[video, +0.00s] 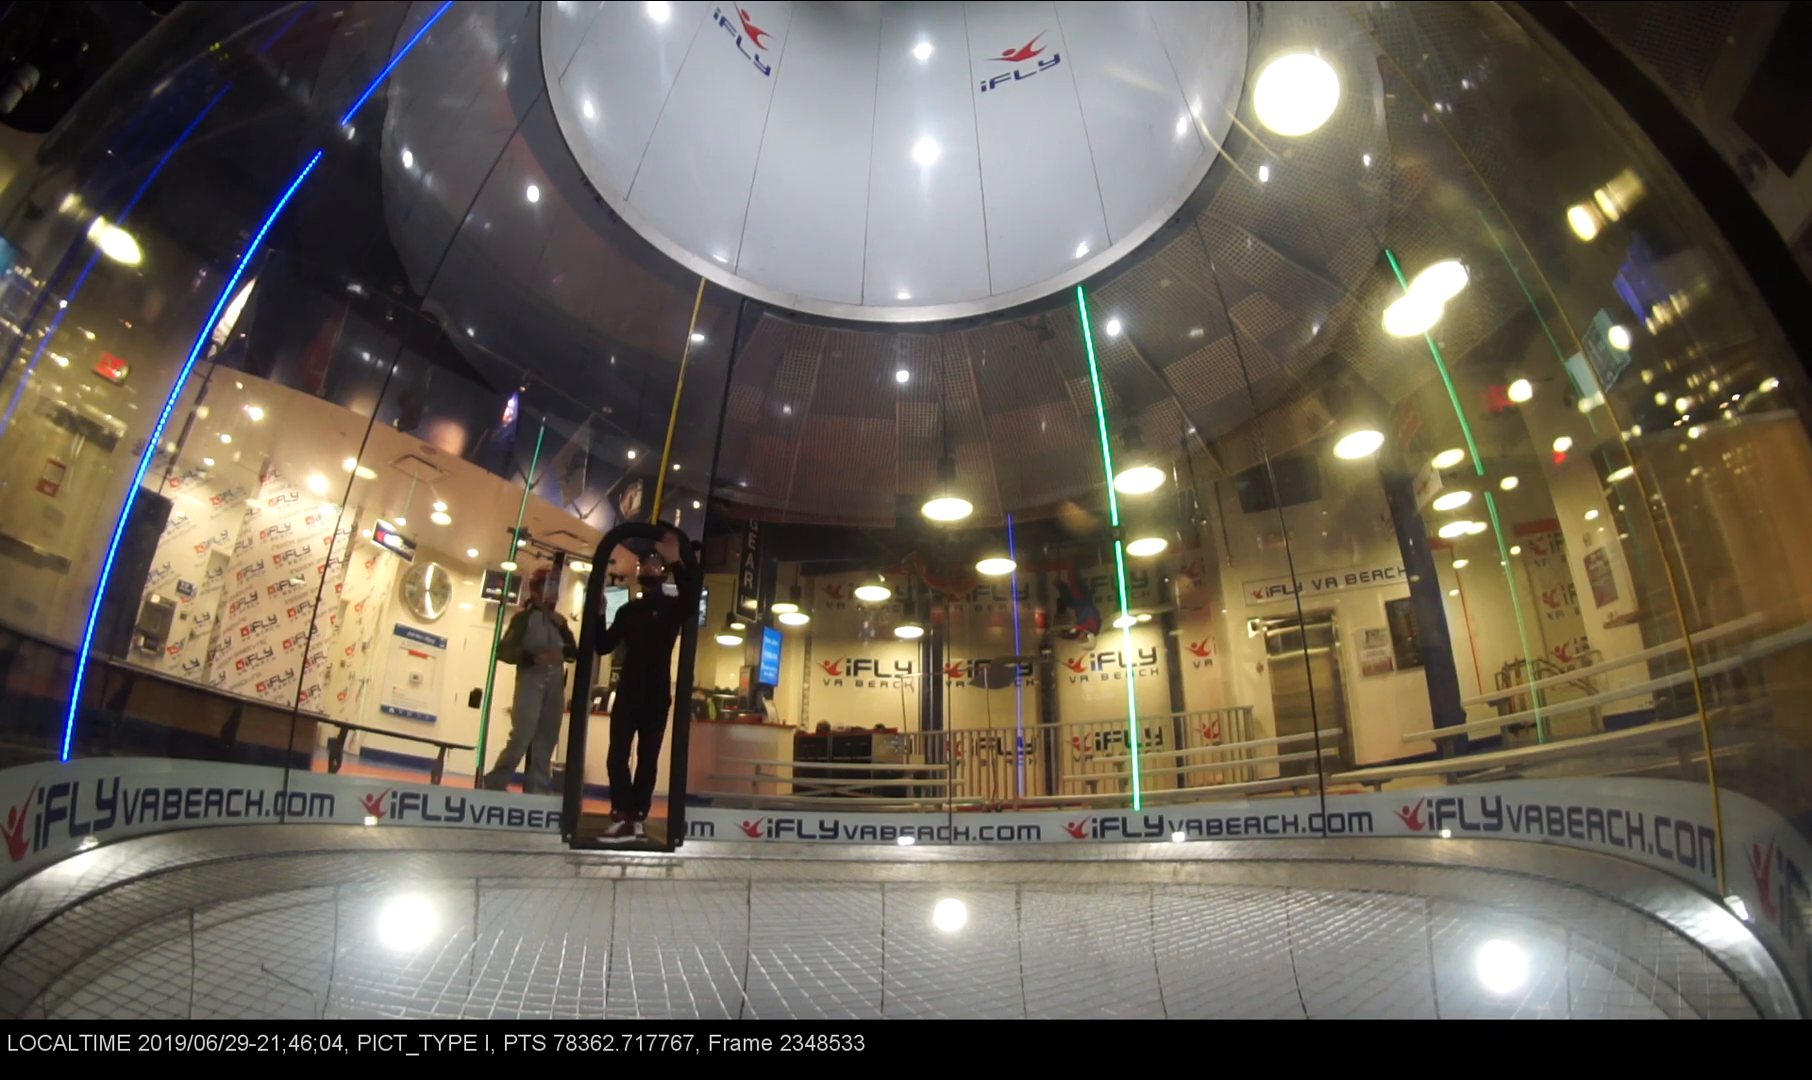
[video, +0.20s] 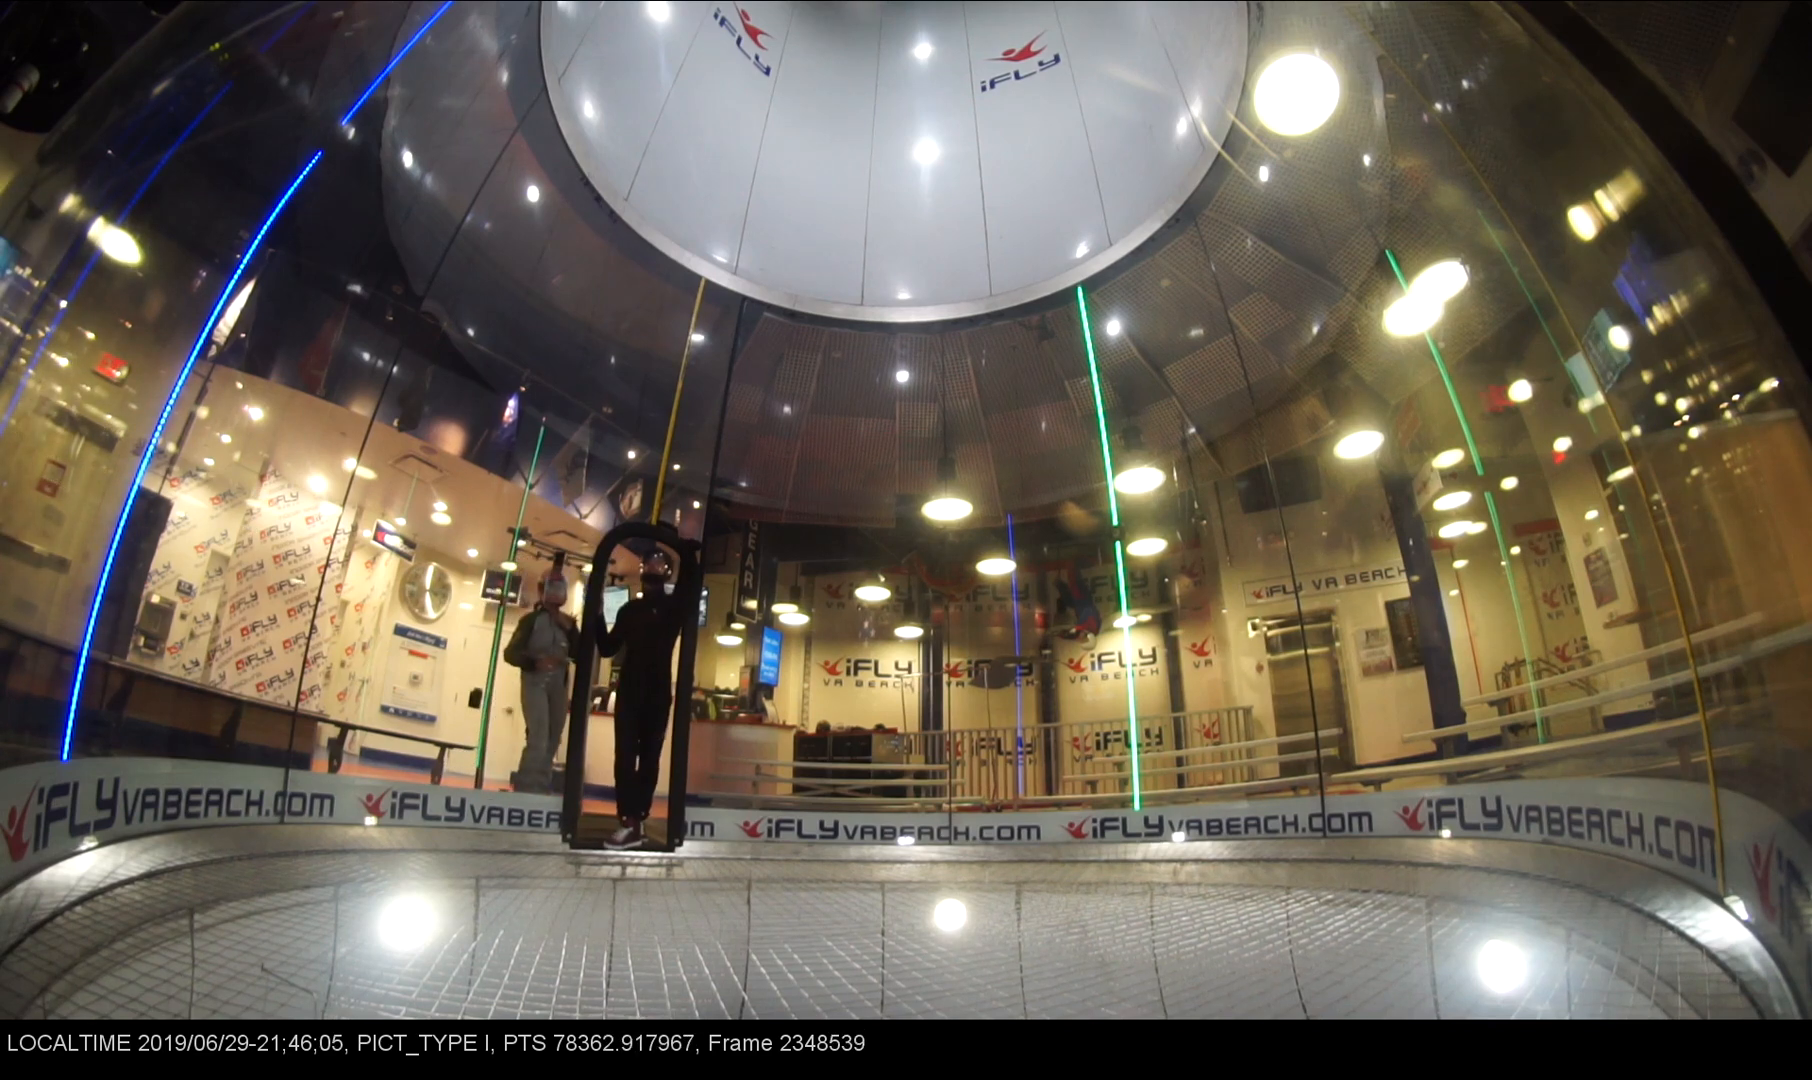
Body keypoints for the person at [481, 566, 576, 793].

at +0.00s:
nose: (550, 592)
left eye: (554, 587)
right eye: (545, 587)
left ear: (558, 591)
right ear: (534, 590)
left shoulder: (558, 621)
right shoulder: (524, 618)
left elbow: (573, 653)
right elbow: (503, 651)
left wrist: (563, 627)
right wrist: (531, 657)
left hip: (555, 683)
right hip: (530, 680)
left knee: (546, 738)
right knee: (523, 735)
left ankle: (538, 792)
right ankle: (493, 783)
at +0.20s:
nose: (556, 596)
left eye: (560, 591)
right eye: (552, 590)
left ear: (565, 595)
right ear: (543, 592)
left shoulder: (568, 623)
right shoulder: (531, 620)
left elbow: (578, 653)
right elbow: (511, 653)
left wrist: (570, 629)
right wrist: (534, 663)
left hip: (558, 682)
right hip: (534, 681)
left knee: (553, 735)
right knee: (538, 735)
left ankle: (542, 785)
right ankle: (527, 786)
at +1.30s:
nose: (572, 596)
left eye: (576, 592)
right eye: (569, 591)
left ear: (581, 597)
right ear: (559, 593)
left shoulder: (579, 627)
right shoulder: (546, 620)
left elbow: (589, 660)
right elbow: (519, 648)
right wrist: (534, 669)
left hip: (570, 685)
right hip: (546, 682)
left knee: (560, 739)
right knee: (549, 740)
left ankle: (541, 791)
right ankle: (544, 794)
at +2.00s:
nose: (583, 597)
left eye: (587, 593)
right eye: (579, 592)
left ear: (592, 596)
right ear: (570, 593)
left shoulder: (591, 623)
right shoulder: (557, 618)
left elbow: (598, 662)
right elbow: (533, 646)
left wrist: (594, 635)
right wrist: (556, 642)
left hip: (581, 690)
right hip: (555, 686)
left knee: (562, 737)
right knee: (561, 735)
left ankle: (545, 786)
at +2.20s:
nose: (588, 597)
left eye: (592, 592)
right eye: (585, 590)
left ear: (595, 596)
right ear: (575, 592)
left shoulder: (592, 625)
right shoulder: (563, 617)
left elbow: (618, 645)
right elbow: (552, 634)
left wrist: (614, 616)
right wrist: (570, 607)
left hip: (584, 688)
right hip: (562, 686)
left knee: (568, 739)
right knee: (565, 737)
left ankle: (548, 786)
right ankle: (573, 793)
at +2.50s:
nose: (605, 601)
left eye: (609, 596)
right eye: (601, 595)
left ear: (611, 601)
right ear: (590, 595)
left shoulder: (611, 627)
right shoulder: (574, 619)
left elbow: (634, 634)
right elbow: (583, 617)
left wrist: (622, 602)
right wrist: (598, 590)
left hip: (602, 695)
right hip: (579, 692)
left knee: (596, 755)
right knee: (582, 754)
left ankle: (567, 796)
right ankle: (577, 810)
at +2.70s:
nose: (614, 596)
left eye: (618, 592)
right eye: (610, 590)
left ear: (622, 598)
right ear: (598, 592)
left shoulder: (621, 626)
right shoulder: (586, 619)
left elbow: (641, 643)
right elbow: (581, 624)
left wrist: (633, 611)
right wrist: (597, 602)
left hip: (613, 691)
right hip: (589, 690)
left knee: (614, 752)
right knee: (586, 750)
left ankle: (594, 800)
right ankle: (581, 807)